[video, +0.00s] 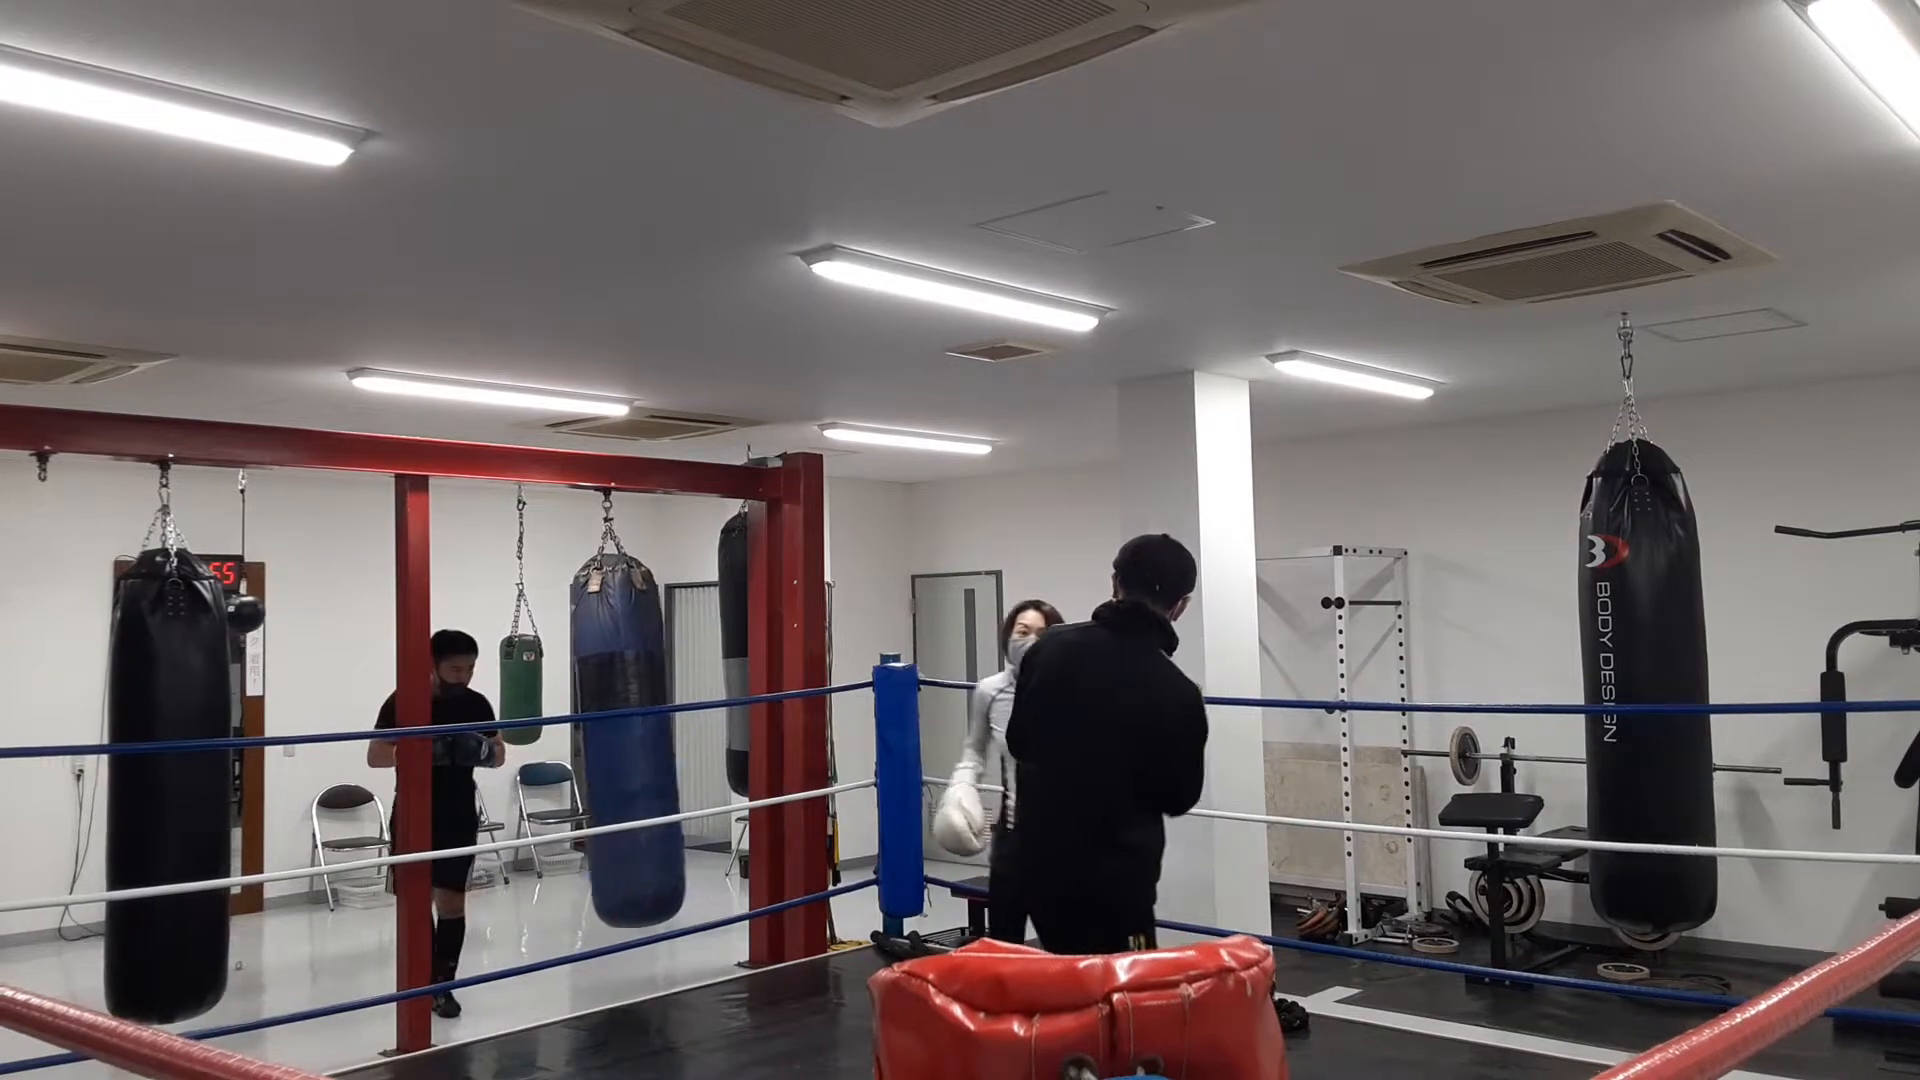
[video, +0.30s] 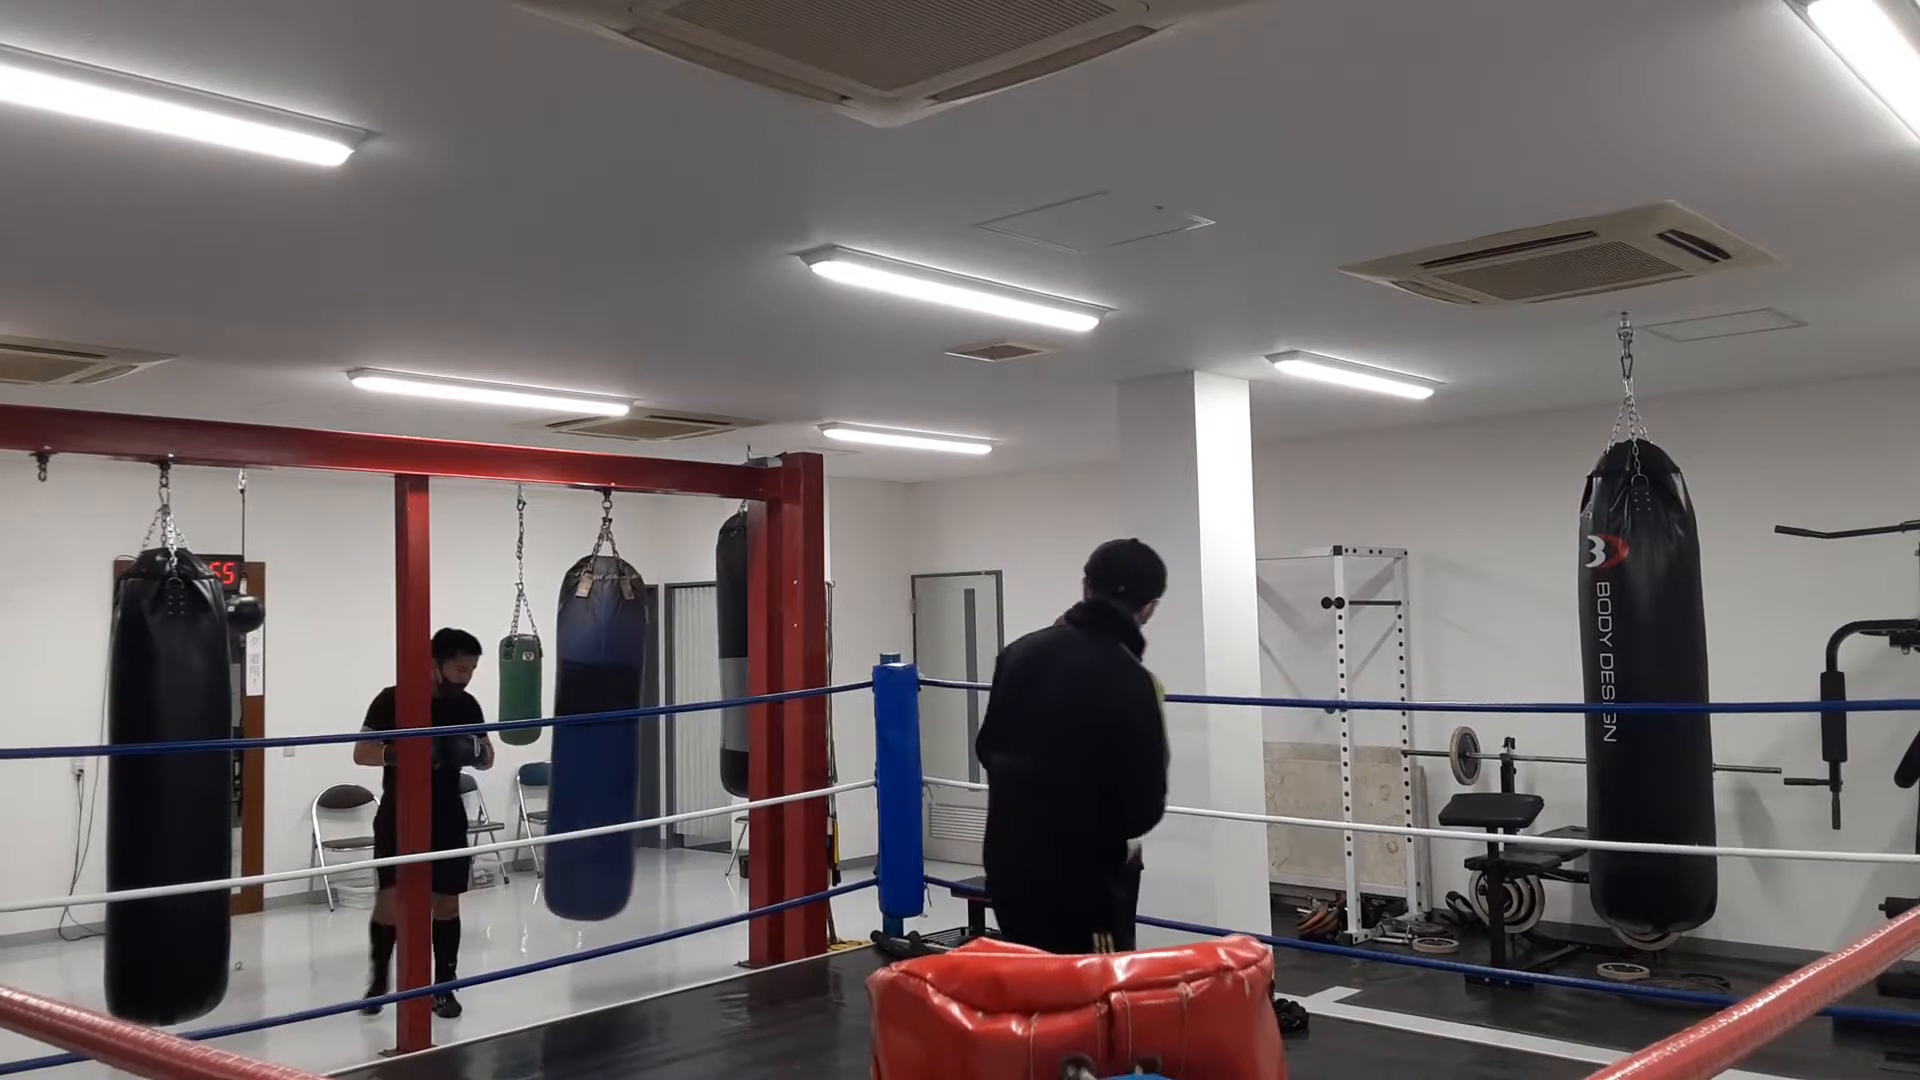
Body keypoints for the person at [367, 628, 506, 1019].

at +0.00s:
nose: (463, 677)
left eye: (469, 669)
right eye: (455, 670)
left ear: (474, 666)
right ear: (433, 665)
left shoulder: (475, 704)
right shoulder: (404, 701)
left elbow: (499, 754)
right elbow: (375, 756)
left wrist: (479, 748)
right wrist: (423, 749)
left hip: (458, 812)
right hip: (411, 814)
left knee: (451, 899)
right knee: (414, 901)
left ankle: (444, 986)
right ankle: (422, 986)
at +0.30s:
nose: (466, 678)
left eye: (470, 670)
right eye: (460, 669)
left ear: (472, 666)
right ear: (435, 664)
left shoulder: (465, 705)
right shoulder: (393, 699)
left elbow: (487, 758)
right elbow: (363, 753)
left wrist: (473, 750)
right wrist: (408, 751)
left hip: (446, 812)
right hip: (398, 813)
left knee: (447, 899)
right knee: (390, 897)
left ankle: (444, 986)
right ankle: (378, 981)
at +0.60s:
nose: (440, 675)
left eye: (442, 666)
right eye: (435, 666)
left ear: (437, 666)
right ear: (409, 663)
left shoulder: (428, 703)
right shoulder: (365, 706)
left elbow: (453, 749)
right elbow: (346, 762)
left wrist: (445, 746)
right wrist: (396, 756)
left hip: (422, 816)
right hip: (378, 820)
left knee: (434, 900)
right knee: (370, 905)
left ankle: (443, 982)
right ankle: (343, 994)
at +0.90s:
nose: (397, 669)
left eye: (396, 661)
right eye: (390, 661)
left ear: (373, 666)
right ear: (364, 666)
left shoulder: (391, 710)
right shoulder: (325, 714)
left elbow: (405, 756)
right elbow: (306, 774)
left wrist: (402, 764)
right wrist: (360, 771)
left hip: (378, 818)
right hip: (335, 823)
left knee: (401, 902)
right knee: (334, 911)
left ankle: (416, 978)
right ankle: (333, 1001)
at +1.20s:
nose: (374, 663)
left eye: (374, 656)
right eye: (366, 656)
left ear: (362, 660)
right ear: (340, 660)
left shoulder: (370, 704)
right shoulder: (311, 711)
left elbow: (384, 760)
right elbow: (290, 771)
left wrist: (389, 757)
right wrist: (344, 770)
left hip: (362, 814)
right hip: (324, 817)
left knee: (359, 896)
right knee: (330, 903)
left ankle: (325, 977)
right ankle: (329, 999)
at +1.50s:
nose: (377, 668)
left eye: (378, 660)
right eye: (370, 661)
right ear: (343, 663)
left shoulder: (364, 707)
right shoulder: (310, 708)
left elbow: (354, 756)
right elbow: (287, 764)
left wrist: (380, 758)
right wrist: (342, 771)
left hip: (342, 812)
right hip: (307, 813)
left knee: (331, 900)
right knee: (316, 902)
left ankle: (317, 985)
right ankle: (321, 990)